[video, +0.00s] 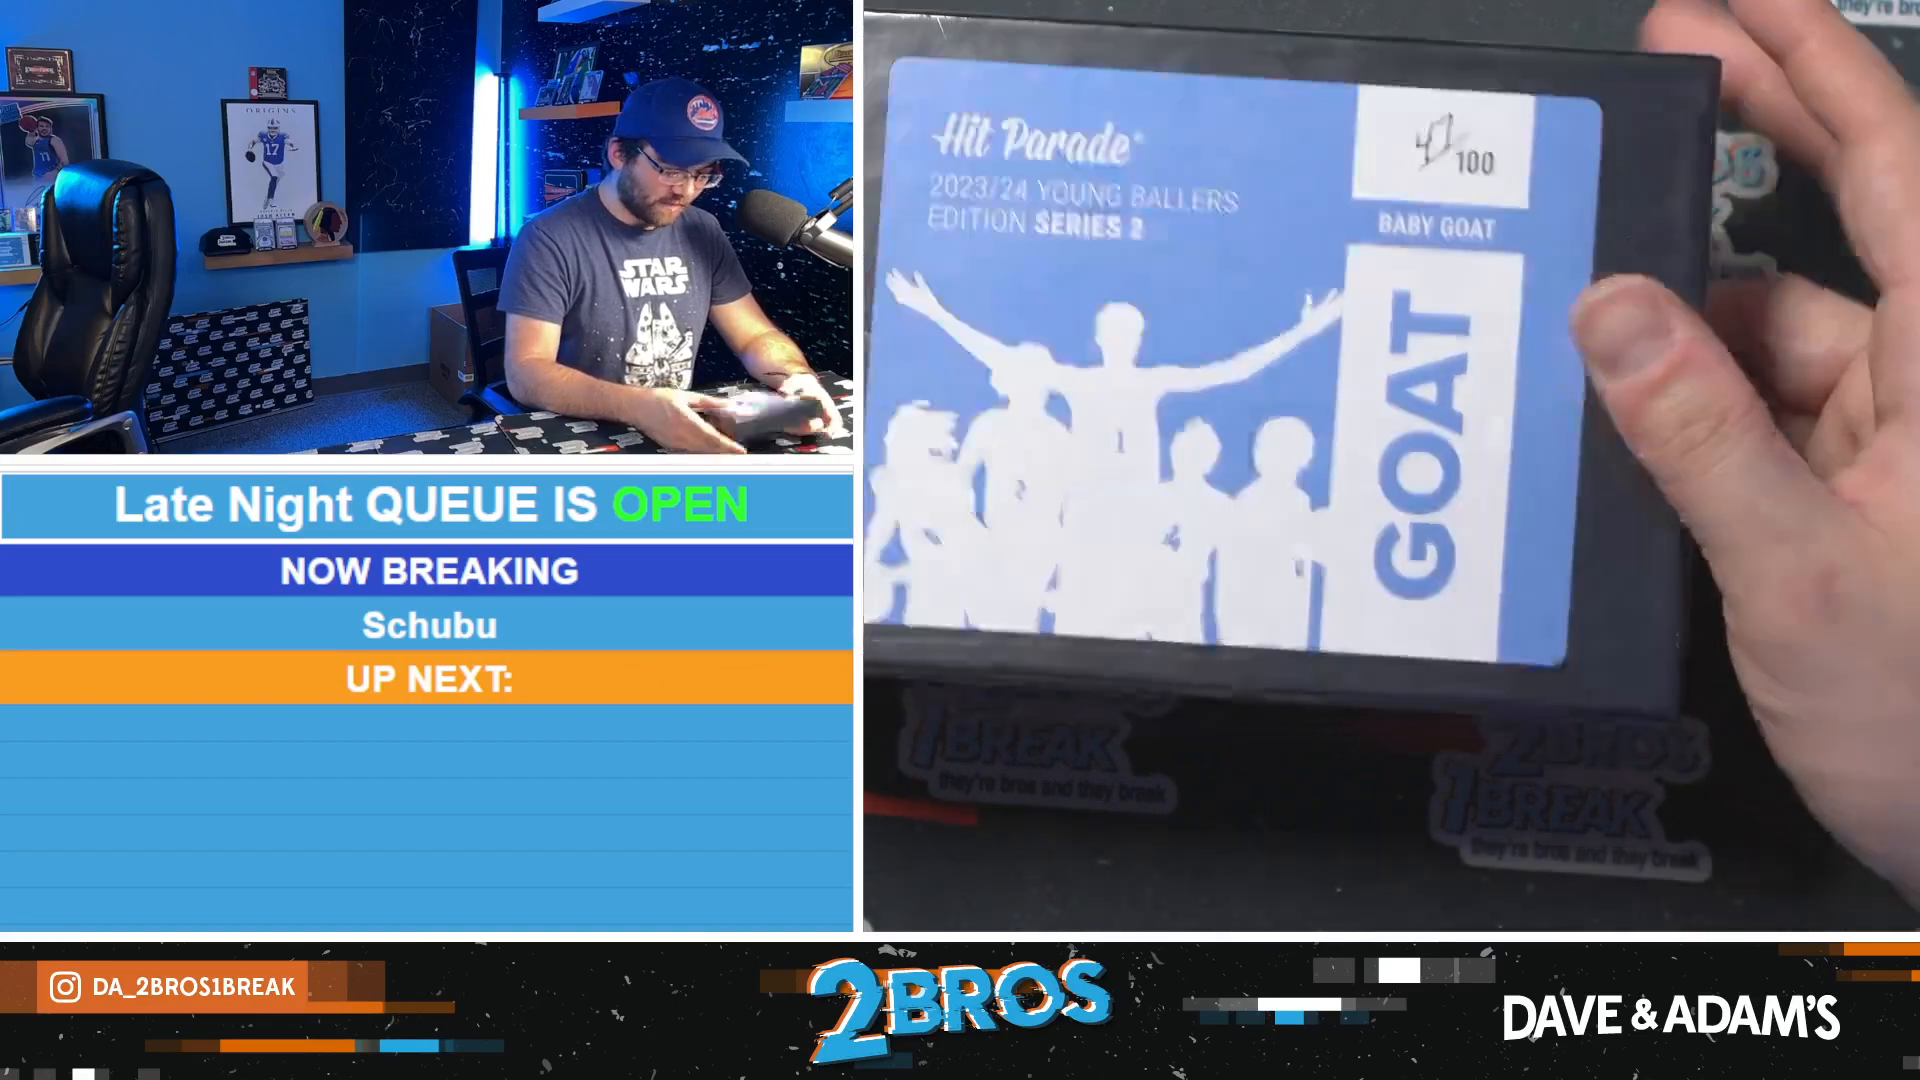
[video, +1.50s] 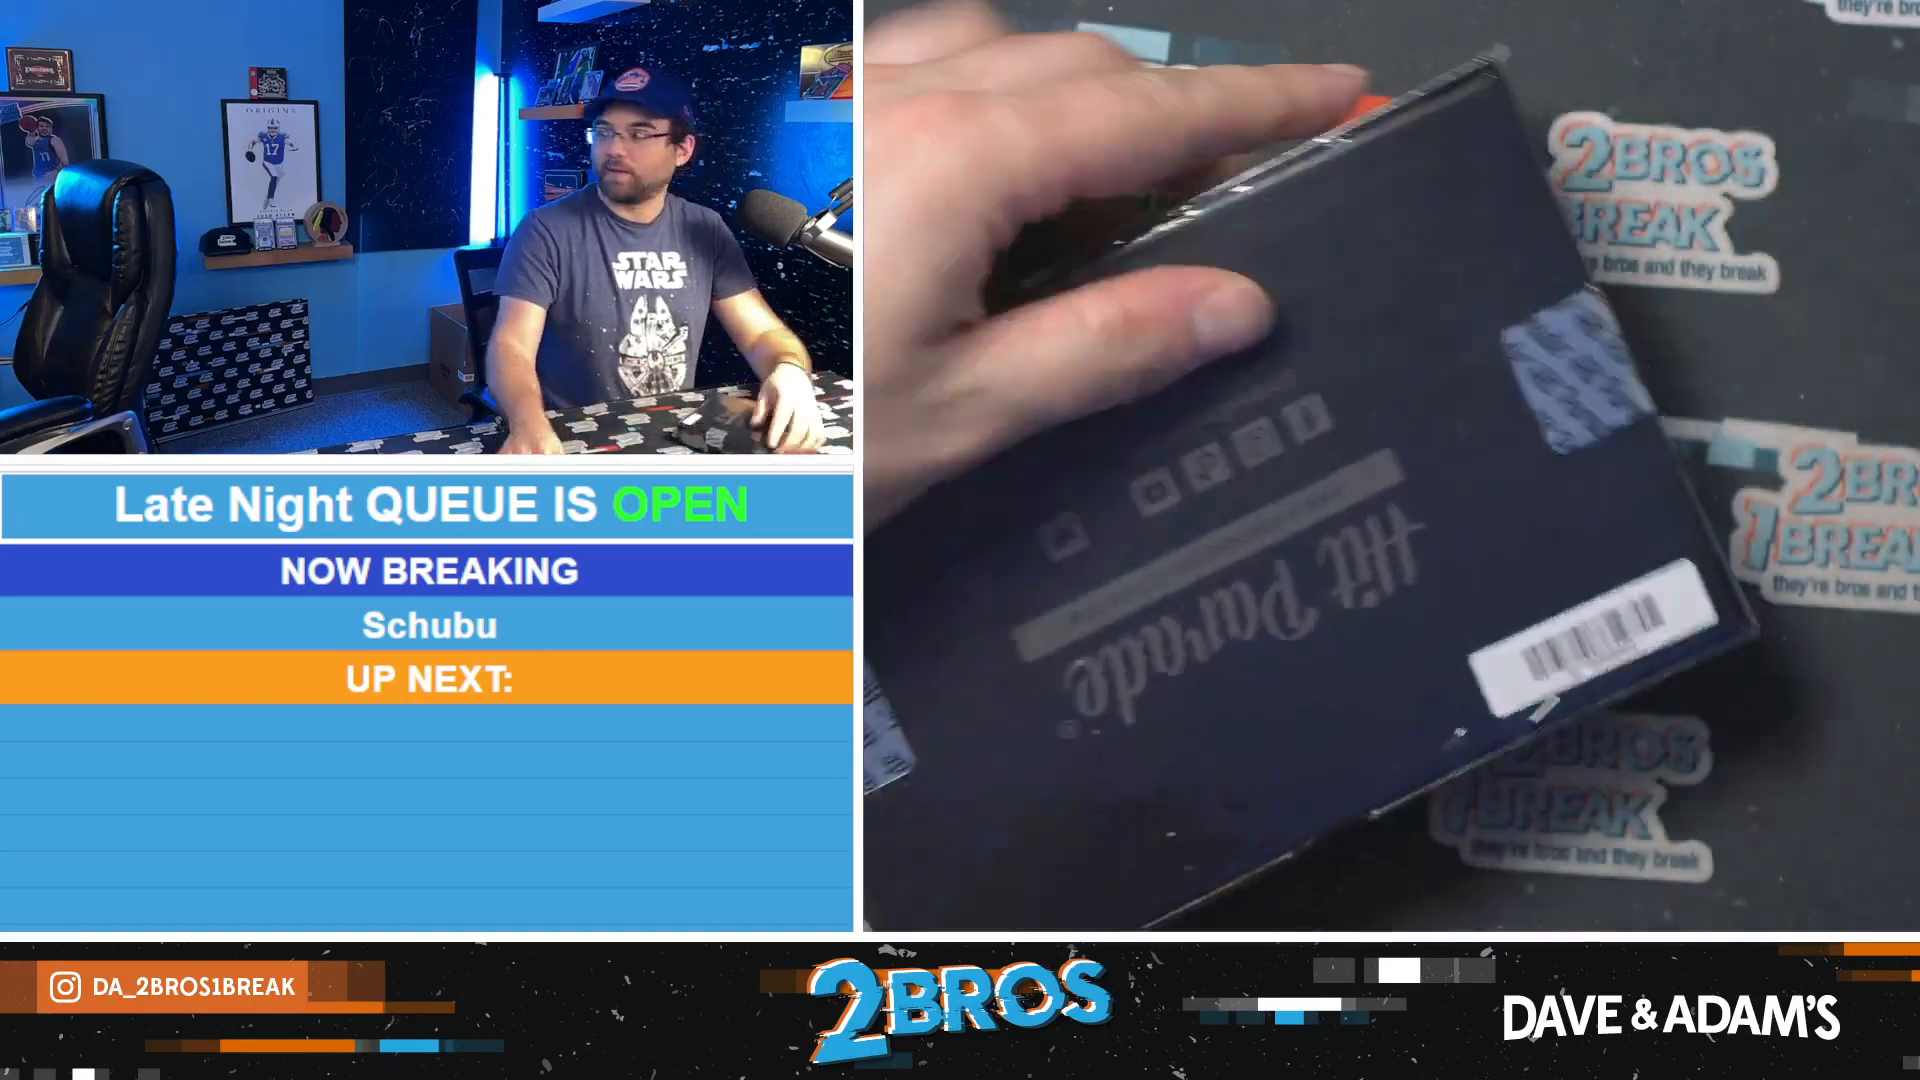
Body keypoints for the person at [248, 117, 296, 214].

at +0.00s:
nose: (273, 130)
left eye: (275, 128)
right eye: (271, 128)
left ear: (278, 128)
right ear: (268, 128)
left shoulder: (283, 136)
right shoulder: (263, 136)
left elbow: (290, 142)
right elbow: (254, 141)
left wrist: (292, 147)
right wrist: (250, 148)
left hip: (279, 164)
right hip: (267, 162)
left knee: (275, 182)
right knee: (274, 176)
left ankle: (267, 200)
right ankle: (270, 199)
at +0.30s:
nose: (273, 130)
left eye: (275, 128)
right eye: (271, 128)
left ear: (278, 128)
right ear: (268, 128)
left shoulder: (283, 137)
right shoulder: (263, 137)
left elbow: (290, 142)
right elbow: (253, 141)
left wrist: (292, 147)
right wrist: (250, 149)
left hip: (279, 164)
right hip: (267, 162)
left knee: (275, 182)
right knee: (274, 176)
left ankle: (267, 199)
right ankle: (271, 199)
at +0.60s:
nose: (273, 130)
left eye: (275, 128)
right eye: (271, 128)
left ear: (278, 128)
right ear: (268, 128)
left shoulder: (283, 136)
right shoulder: (263, 136)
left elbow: (290, 143)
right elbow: (253, 141)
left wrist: (292, 147)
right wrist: (250, 149)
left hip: (279, 164)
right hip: (267, 162)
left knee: (275, 182)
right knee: (274, 176)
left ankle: (267, 200)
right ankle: (270, 199)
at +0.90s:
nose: (273, 130)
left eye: (275, 128)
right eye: (271, 128)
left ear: (278, 128)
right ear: (268, 128)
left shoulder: (283, 136)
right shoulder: (263, 136)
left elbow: (290, 143)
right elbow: (253, 141)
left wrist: (292, 147)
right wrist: (250, 149)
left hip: (279, 164)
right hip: (267, 162)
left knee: (275, 182)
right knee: (274, 176)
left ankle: (267, 200)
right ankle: (270, 199)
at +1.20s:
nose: (273, 130)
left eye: (275, 128)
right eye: (271, 128)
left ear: (278, 128)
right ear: (268, 128)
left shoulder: (283, 136)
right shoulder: (263, 136)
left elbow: (290, 143)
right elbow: (253, 141)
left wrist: (292, 147)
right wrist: (250, 149)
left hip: (279, 164)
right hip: (267, 162)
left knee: (275, 182)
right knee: (274, 176)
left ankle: (267, 200)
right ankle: (270, 199)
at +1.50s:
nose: (273, 130)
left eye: (275, 128)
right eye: (271, 128)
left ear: (278, 128)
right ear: (268, 128)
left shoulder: (283, 136)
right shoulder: (263, 136)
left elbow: (290, 143)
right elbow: (253, 141)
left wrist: (292, 147)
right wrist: (250, 149)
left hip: (279, 164)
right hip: (267, 162)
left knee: (275, 182)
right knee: (274, 176)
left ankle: (267, 200)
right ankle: (270, 199)